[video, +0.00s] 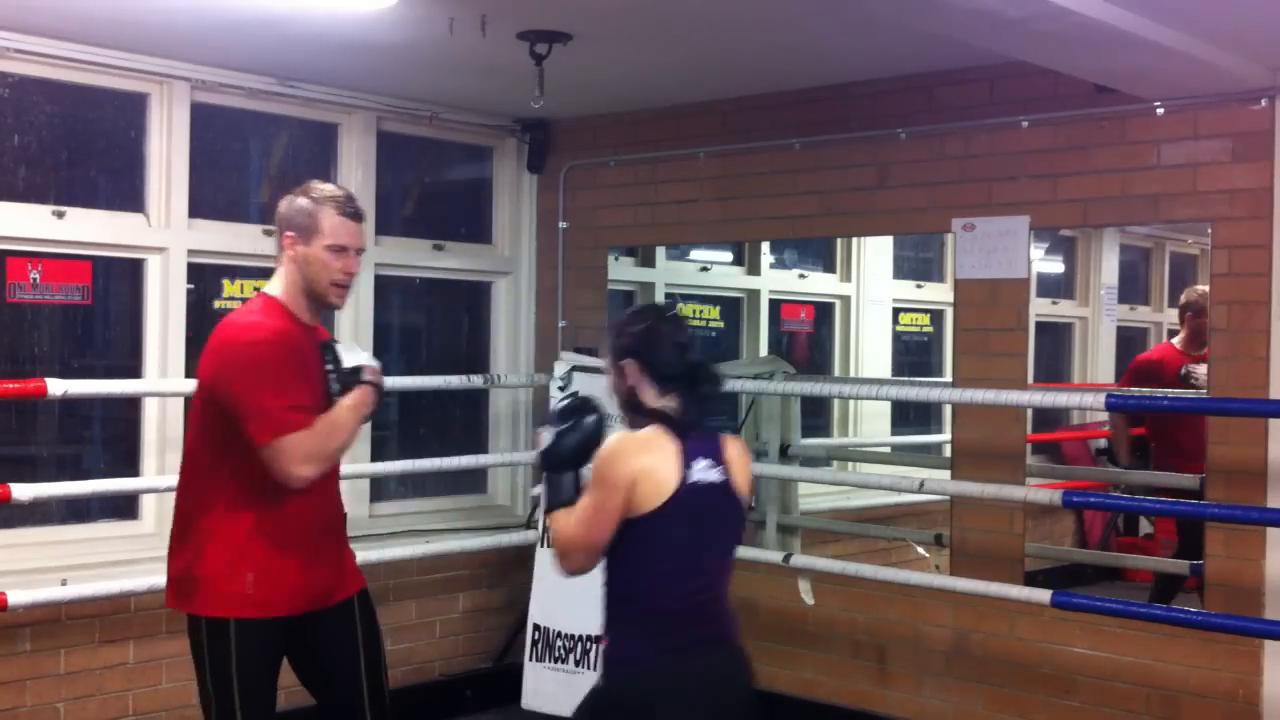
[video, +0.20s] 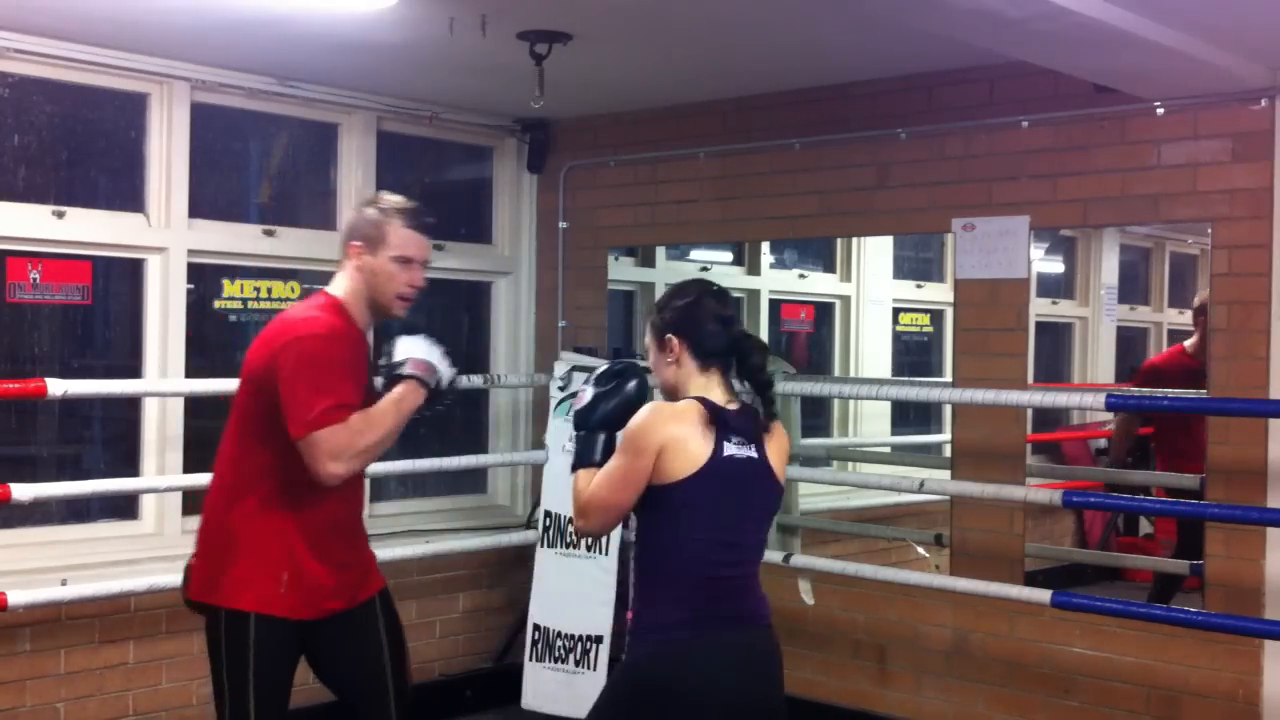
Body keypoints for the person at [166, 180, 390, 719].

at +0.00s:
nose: (352, 268)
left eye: (357, 254)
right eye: (337, 250)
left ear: (360, 253)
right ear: (291, 247)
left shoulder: (317, 338)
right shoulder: (248, 336)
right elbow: (296, 462)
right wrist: (363, 396)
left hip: (323, 580)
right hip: (239, 593)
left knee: (365, 704)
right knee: (240, 713)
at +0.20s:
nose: (417, 281)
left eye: (423, 267)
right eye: (404, 262)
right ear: (357, 257)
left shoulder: (350, 333)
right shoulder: (310, 332)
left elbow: (336, 444)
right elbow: (333, 457)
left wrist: (393, 395)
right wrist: (415, 384)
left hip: (337, 573)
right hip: (259, 580)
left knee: (386, 704)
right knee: (250, 712)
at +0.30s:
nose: (448, 282)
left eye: (454, 269)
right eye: (435, 264)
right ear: (390, 258)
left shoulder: (392, 345)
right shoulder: (314, 332)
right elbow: (316, 448)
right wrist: (413, 377)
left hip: (359, 570)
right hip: (272, 574)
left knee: (398, 704)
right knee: (252, 711)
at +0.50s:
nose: (460, 278)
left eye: (467, 263)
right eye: (446, 259)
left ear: (471, 262)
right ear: (400, 250)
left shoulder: (467, 363)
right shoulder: (308, 316)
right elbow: (240, 425)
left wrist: (542, 483)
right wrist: (324, 356)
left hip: (380, 582)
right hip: (276, 569)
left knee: (399, 710)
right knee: (247, 712)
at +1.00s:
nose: (346, 251)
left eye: (352, 236)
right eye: (330, 235)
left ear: (360, 236)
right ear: (282, 235)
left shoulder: (383, 325)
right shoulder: (229, 329)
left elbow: (433, 433)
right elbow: (220, 426)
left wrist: (363, 512)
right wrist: (262, 324)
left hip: (364, 568)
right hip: (264, 567)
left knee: (389, 708)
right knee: (239, 709)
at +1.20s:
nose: (326, 247)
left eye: (331, 233)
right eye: (311, 231)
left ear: (338, 236)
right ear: (263, 234)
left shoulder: (373, 325)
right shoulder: (212, 336)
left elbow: (423, 433)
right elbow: (221, 441)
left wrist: (380, 524)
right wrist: (267, 333)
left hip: (353, 573)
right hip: (250, 574)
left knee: (381, 709)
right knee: (234, 712)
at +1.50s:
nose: (347, 253)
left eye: (353, 238)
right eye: (332, 235)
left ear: (358, 241)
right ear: (284, 234)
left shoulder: (384, 334)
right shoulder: (225, 338)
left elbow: (426, 440)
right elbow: (249, 443)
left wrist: (408, 533)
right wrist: (303, 335)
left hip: (355, 581)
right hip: (252, 581)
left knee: (383, 709)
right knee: (238, 712)